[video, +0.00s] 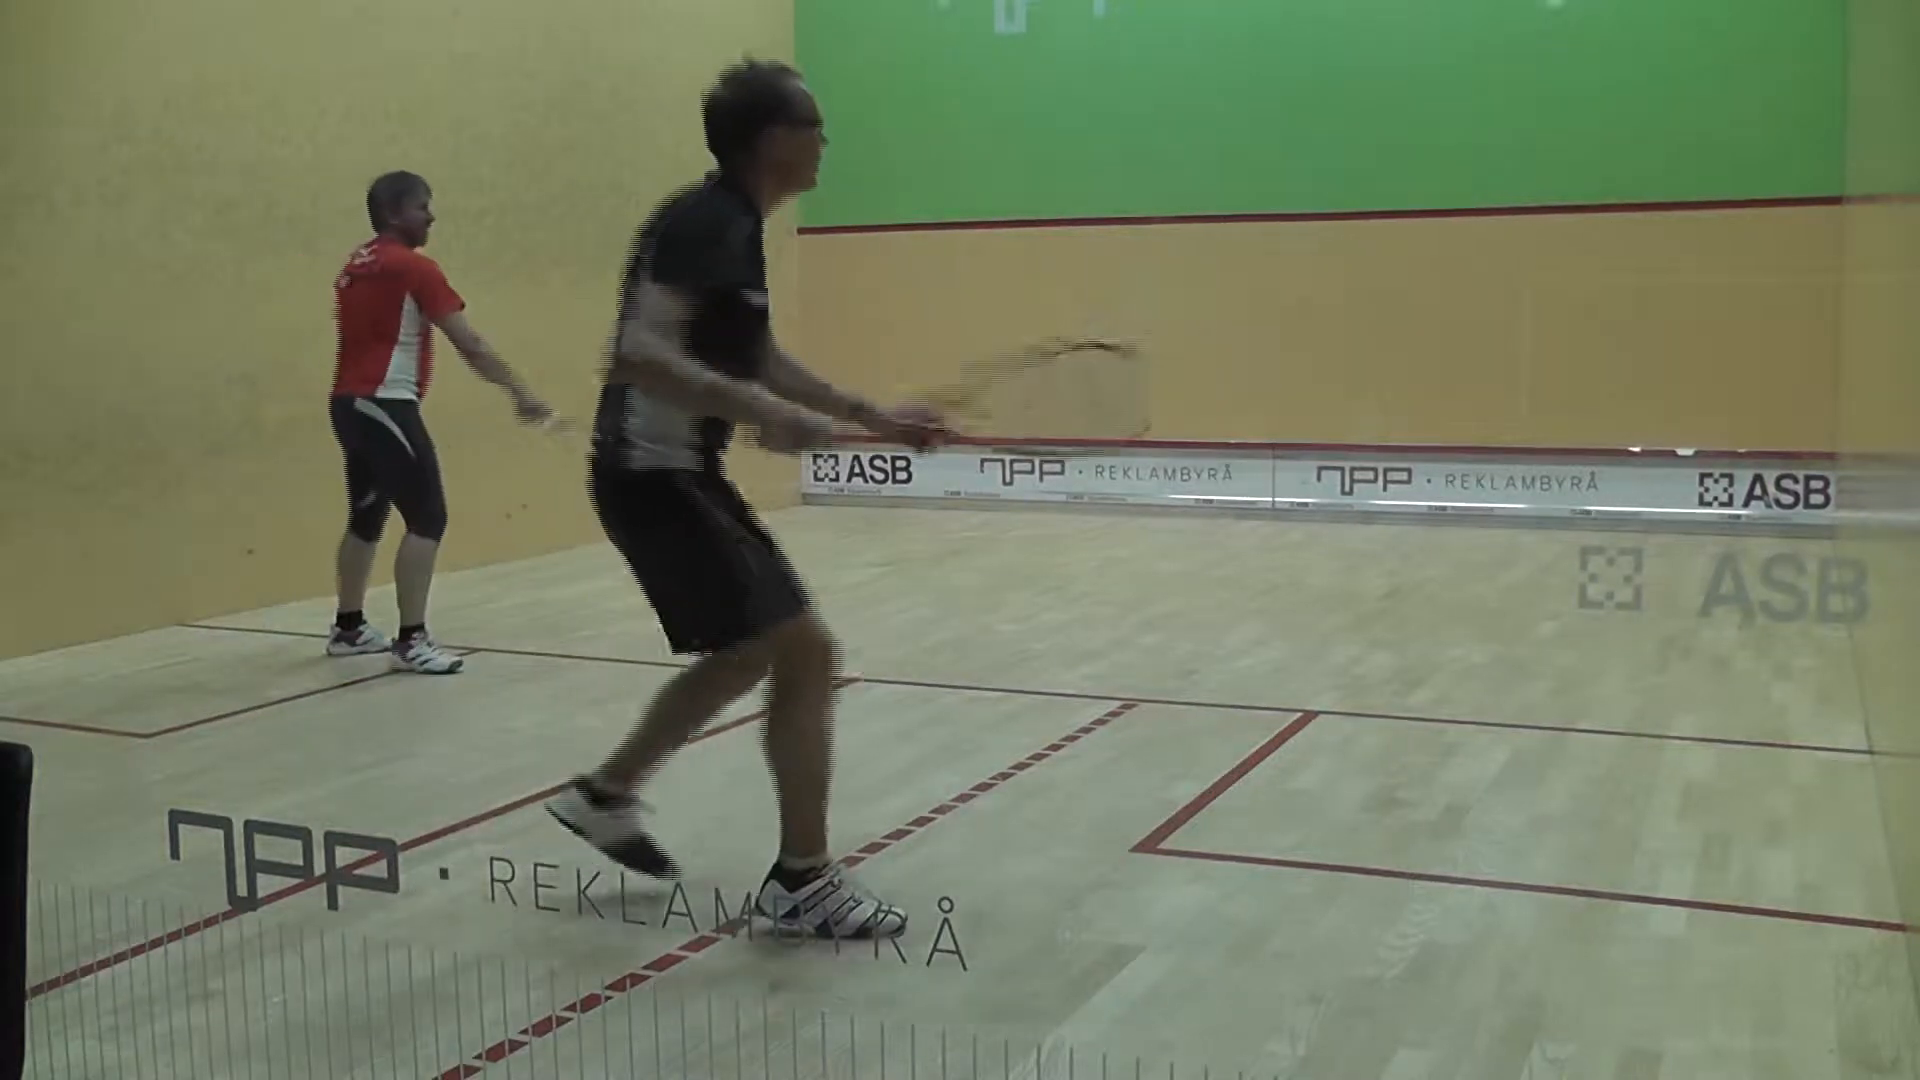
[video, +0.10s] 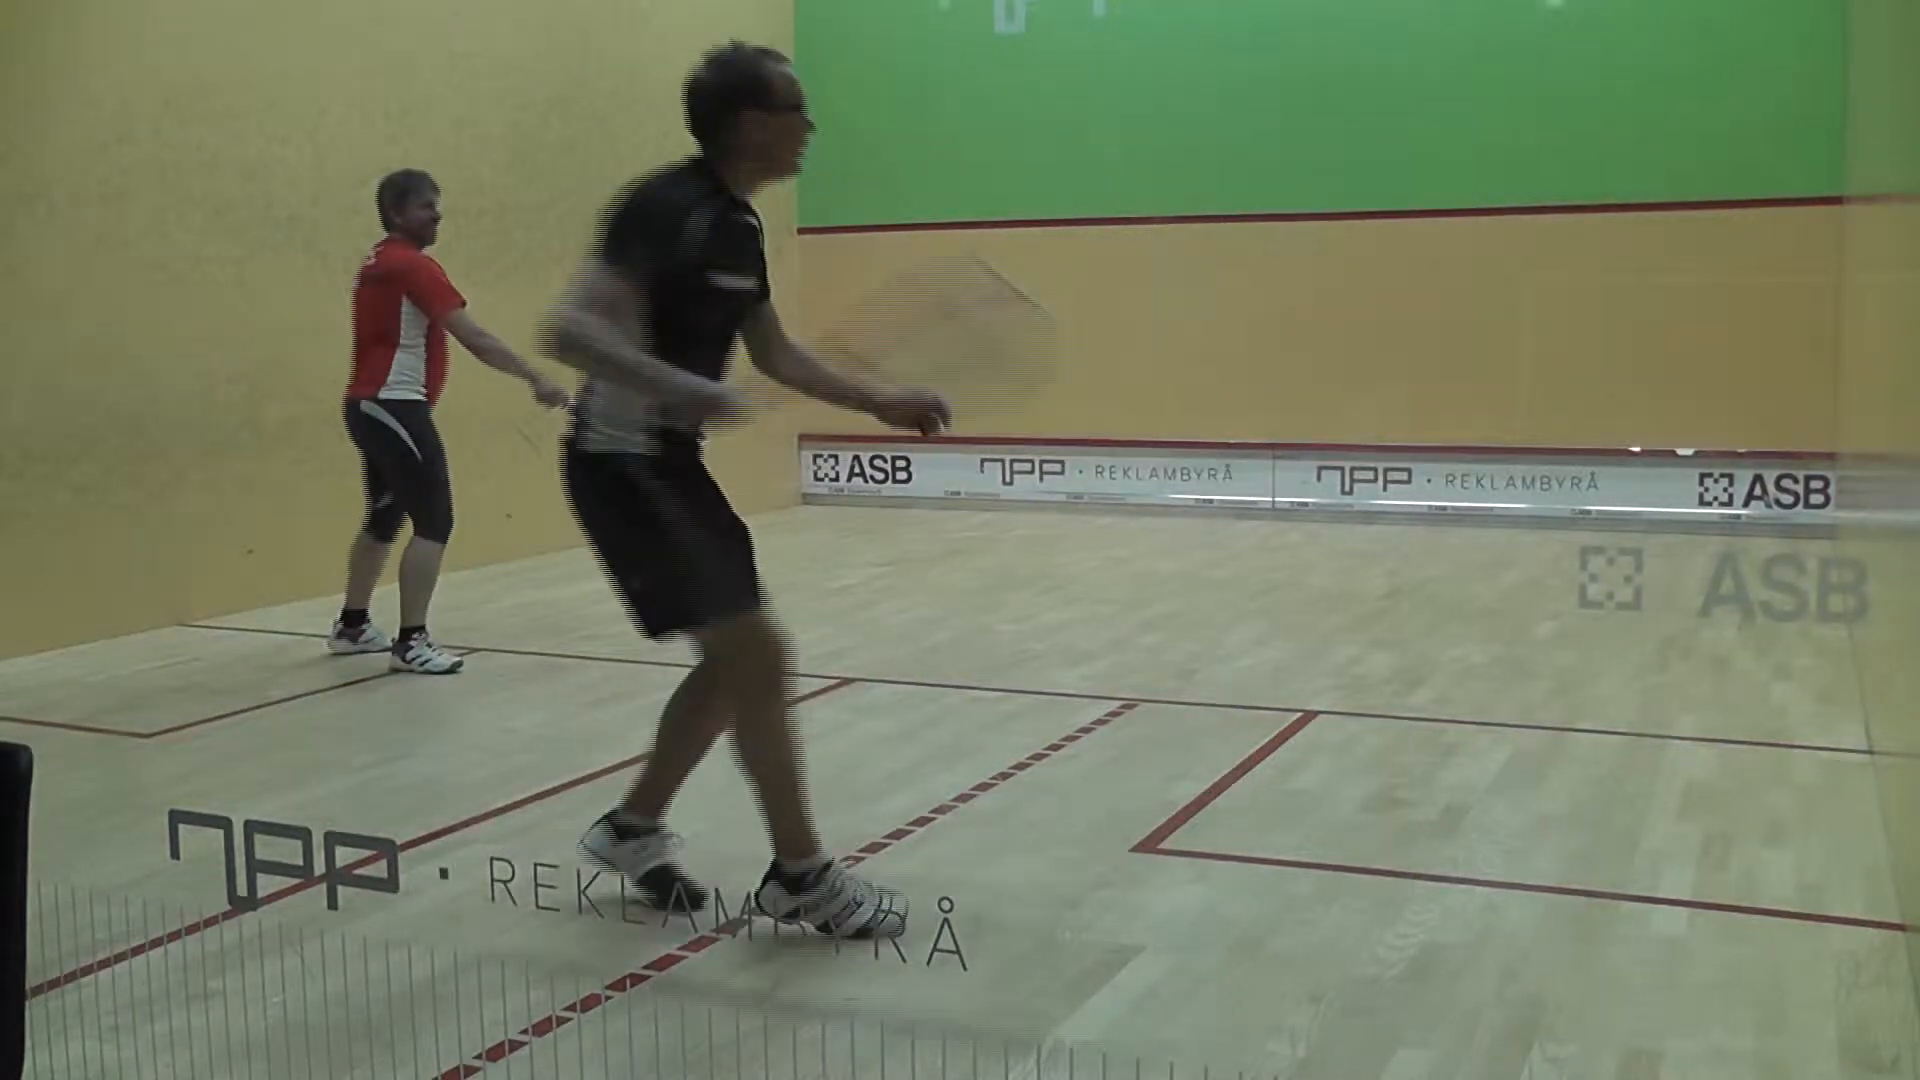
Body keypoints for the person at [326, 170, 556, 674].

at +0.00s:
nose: (431, 216)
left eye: (429, 207)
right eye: (422, 208)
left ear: (383, 216)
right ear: (395, 213)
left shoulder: (358, 263)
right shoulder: (414, 267)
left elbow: (370, 339)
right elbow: (470, 344)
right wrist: (519, 389)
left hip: (352, 404)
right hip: (387, 407)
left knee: (367, 516)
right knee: (427, 519)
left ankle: (348, 628)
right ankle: (412, 641)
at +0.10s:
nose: (437, 214)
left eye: (436, 205)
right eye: (426, 206)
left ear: (398, 216)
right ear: (396, 213)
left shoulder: (380, 262)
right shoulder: (414, 266)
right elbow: (473, 337)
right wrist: (535, 379)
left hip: (369, 405)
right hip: (397, 407)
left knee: (384, 515)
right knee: (434, 519)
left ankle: (352, 625)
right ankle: (412, 641)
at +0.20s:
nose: (449, 214)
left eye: (451, 205)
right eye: (438, 206)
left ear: (448, 210)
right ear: (408, 213)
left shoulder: (421, 264)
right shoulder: (416, 267)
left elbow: (472, 334)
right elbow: (470, 337)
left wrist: (536, 361)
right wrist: (535, 370)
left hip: (419, 403)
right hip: (406, 406)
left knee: (439, 512)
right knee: (434, 518)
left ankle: (377, 601)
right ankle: (411, 642)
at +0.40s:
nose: (482, 211)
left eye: (484, 202)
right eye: (473, 202)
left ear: (482, 204)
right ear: (451, 204)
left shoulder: (475, 252)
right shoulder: (444, 254)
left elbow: (474, 330)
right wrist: (477, 399)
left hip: (457, 402)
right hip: (430, 403)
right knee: (434, 523)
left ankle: (414, 633)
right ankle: (410, 639)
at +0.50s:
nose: (498, 221)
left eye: (503, 211)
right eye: (488, 212)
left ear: (511, 207)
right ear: (467, 211)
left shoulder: (526, 253)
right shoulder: (445, 250)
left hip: (500, 407)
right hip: (446, 404)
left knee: (499, 519)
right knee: (447, 521)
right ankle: (412, 637)